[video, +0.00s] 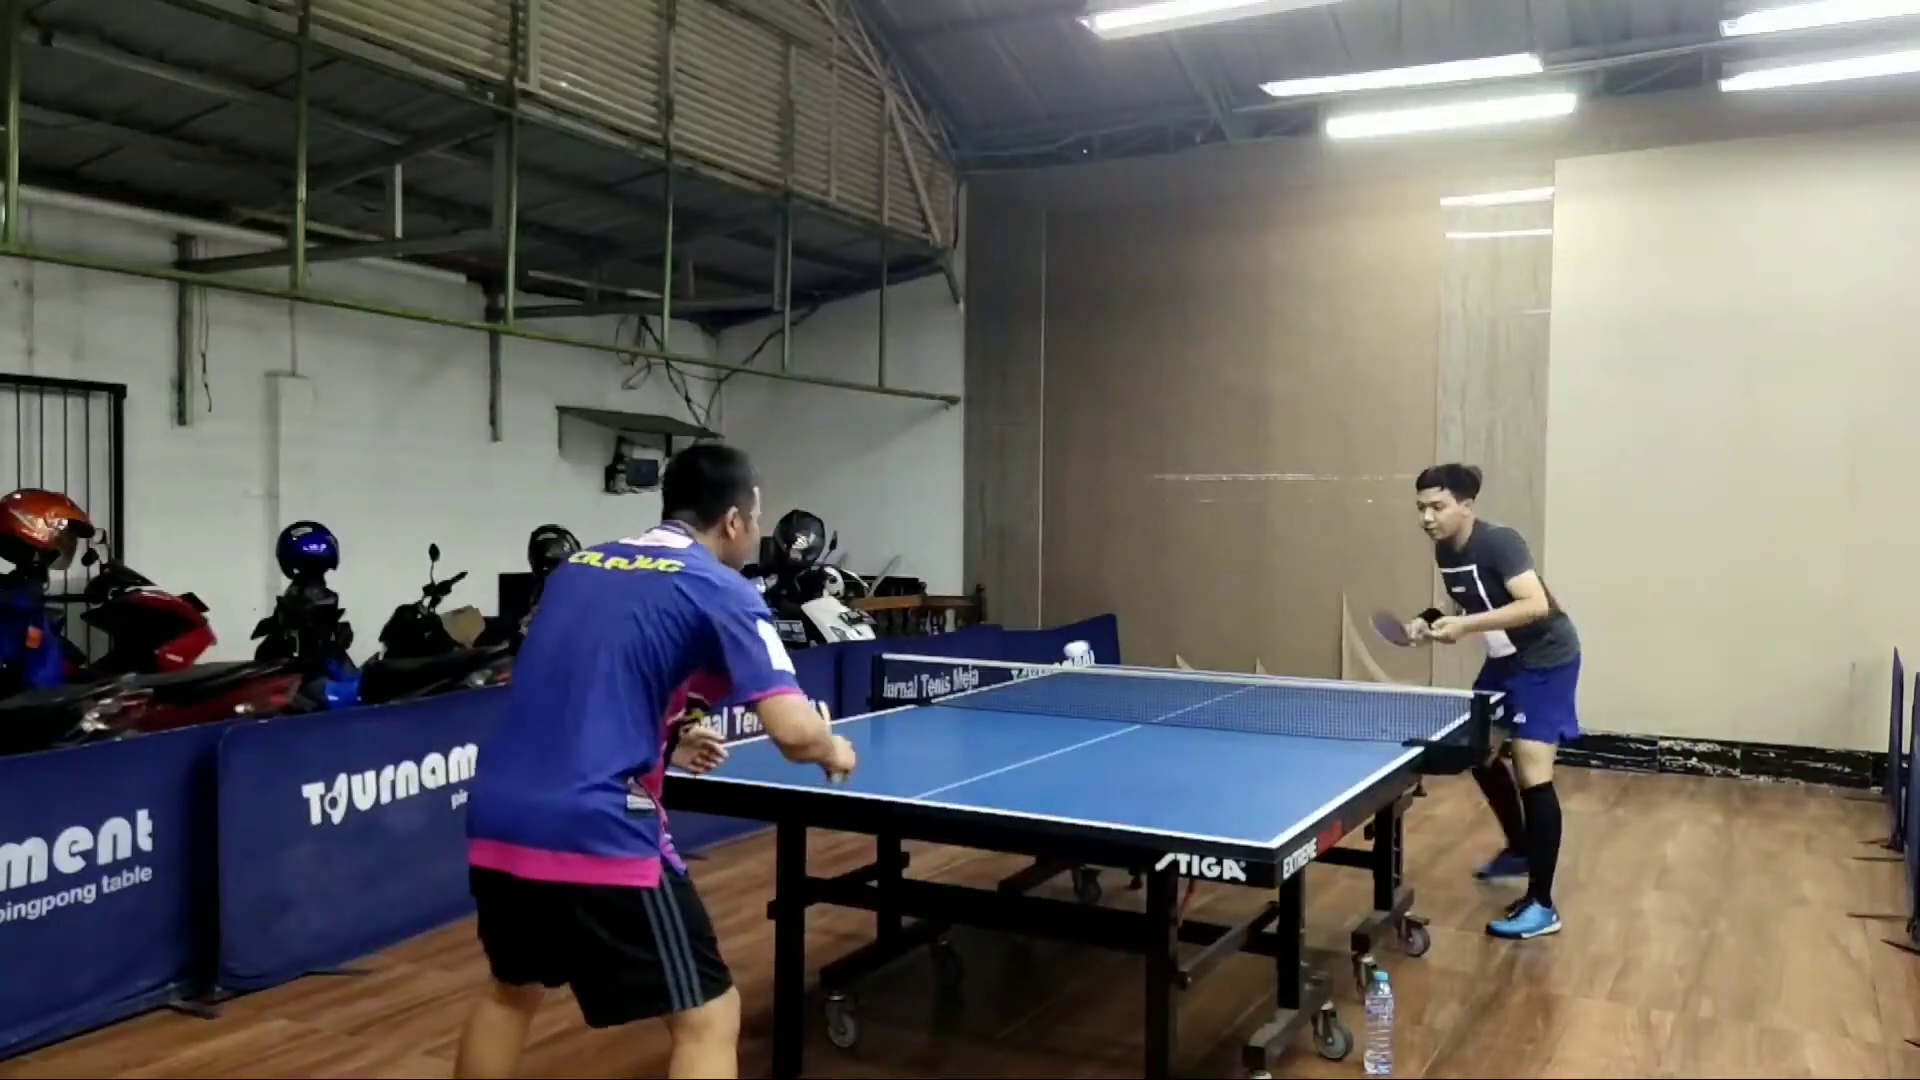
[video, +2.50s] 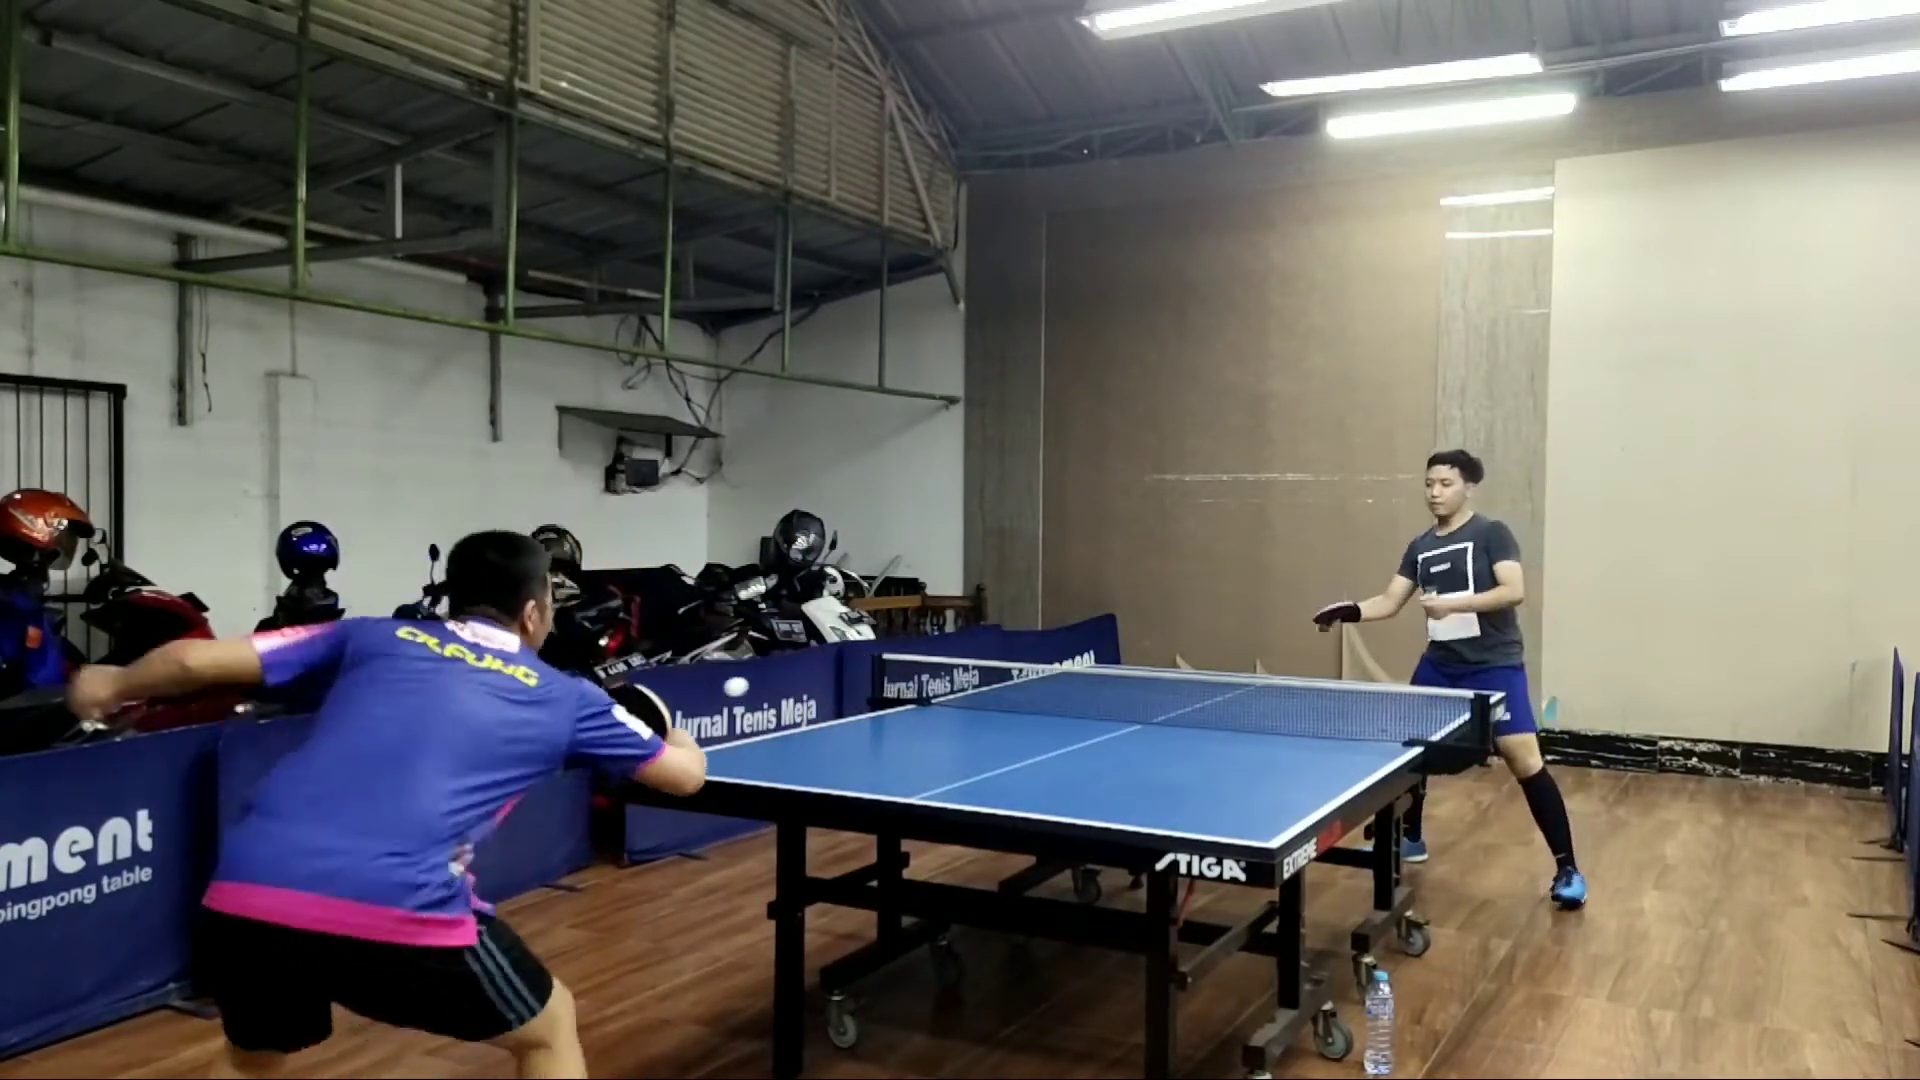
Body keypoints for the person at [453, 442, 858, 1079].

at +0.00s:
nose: (758, 535)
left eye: (760, 519)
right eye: (758, 519)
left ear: (671, 508)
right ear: (733, 521)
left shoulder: (582, 562)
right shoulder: (720, 586)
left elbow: (556, 691)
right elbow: (794, 731)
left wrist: (661, 736)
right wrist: (829, 748)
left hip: (495, 823)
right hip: (599, 831)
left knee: (511, 993)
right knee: (706, 1016)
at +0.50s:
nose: (680, 538)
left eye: (681, 521)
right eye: (680, 520)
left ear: (594, 506)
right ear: (656, 518)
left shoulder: (494, 553)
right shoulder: (658, 579)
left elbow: (419, 687)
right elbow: (804, 675)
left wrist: (505, 689)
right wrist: (820, 685)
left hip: (437, 830)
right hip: (545, 835)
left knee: (481, 994)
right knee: (662, 1014)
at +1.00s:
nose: (692, 519)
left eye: (691, 501)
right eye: (690, 502)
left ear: (596, 496)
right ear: (662, 509)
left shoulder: (498, 551)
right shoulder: (645, 592)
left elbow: (442, 681)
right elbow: (716, 757)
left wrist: (539, 760)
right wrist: (778, 790)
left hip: (378, 828)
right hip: (488, 845)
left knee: (382, 1006)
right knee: (592, 1043)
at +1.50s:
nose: (691, 559)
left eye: (692, 544)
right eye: (691, 544)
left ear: (595, 519)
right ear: (662, 537)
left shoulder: (486, 563)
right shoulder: (650, 608)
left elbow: (385, 675)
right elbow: (823, 666)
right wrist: (892, 652)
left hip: (353, 861)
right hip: (478, 883)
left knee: (332, 1038)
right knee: (616, 1054)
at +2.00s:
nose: (602, 544)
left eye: (603, 526)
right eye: (600, 526)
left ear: (507, 514)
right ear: (568, 528)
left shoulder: (416, 566)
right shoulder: (523, 605)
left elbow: (345, 713)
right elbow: (571, 769)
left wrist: (436, 809)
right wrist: (666, 795)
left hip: (249, 846)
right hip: (352, 860)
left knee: (269, 1044)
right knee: (485, 1060)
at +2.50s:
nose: (552, 616)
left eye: (549, 601)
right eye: (550, 603)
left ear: (451, 596)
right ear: (531, 614)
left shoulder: (368, 635)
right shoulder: (562, 697)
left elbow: (206, 660)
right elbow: (686, 775)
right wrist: (657, 729)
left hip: (249, 904)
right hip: (399, 923)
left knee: (254, 1057)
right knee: (548, 1030)